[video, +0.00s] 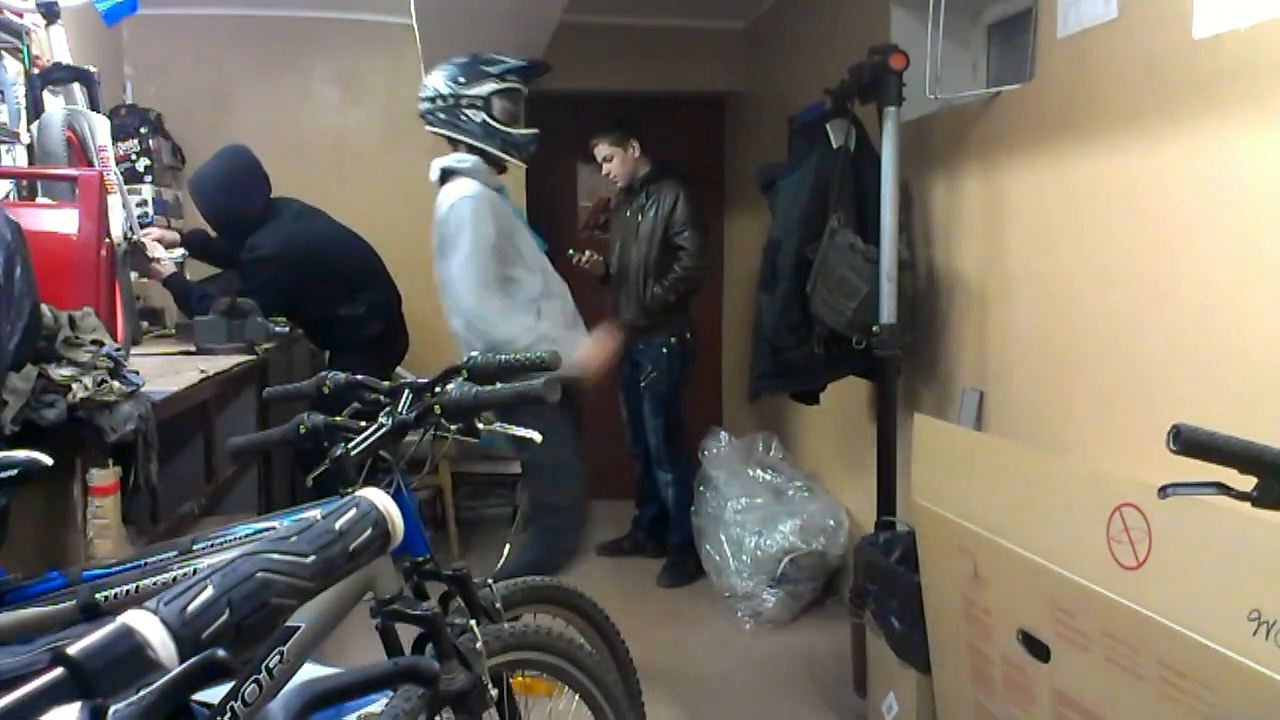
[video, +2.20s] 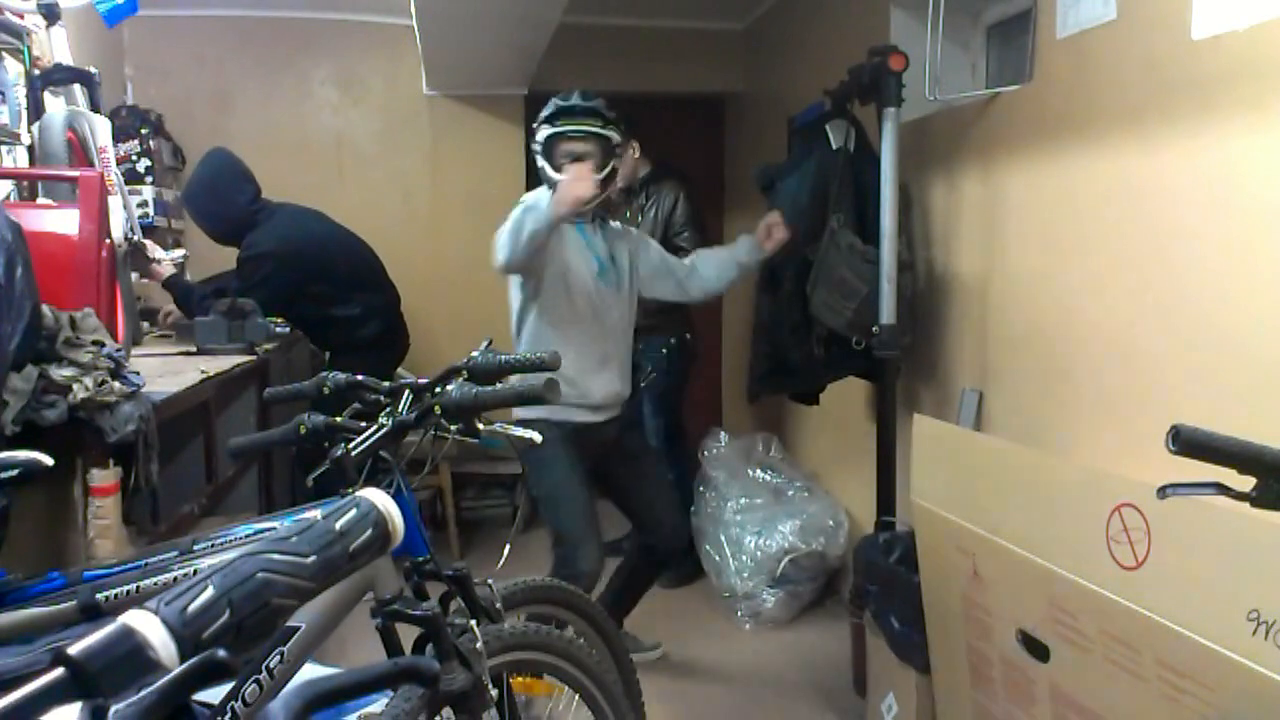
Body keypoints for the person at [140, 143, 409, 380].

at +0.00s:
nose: (208, 217)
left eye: (208, 208)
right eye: (205, 208)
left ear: (224, 209)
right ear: (254, 189)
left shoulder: (268, 254)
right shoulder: (283, 212)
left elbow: (211, 309)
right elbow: (236, 251)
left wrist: (168, 275)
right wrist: (181, 239)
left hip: (367, 347)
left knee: (320, 444)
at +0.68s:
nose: (210, 223)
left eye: (209, 214)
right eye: (206, 214)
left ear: (224, 212)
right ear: (253, 191)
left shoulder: (269, 254)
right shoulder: (287, 214)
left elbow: (216, 310)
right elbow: (248, 263)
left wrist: (172, 276)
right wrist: (192, 254)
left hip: (368, 349)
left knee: (319, 442)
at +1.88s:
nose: (206, 227)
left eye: (203, 217)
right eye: (201, 219)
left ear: (218, 210)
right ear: (243, 192)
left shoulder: (267, 249)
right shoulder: (282, 219)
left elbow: (227, 316)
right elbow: (244, 283)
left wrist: (166, 278)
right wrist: (187, 299)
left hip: (365, 352)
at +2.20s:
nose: (205, 227)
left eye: (203, 217)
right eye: (200, 219)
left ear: (218, 211)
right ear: (242, 193)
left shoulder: (266, 249)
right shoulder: (280, 220)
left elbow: (227, 316)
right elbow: (244, 284)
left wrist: (166, 278)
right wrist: (186, 299)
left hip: (365, 352)